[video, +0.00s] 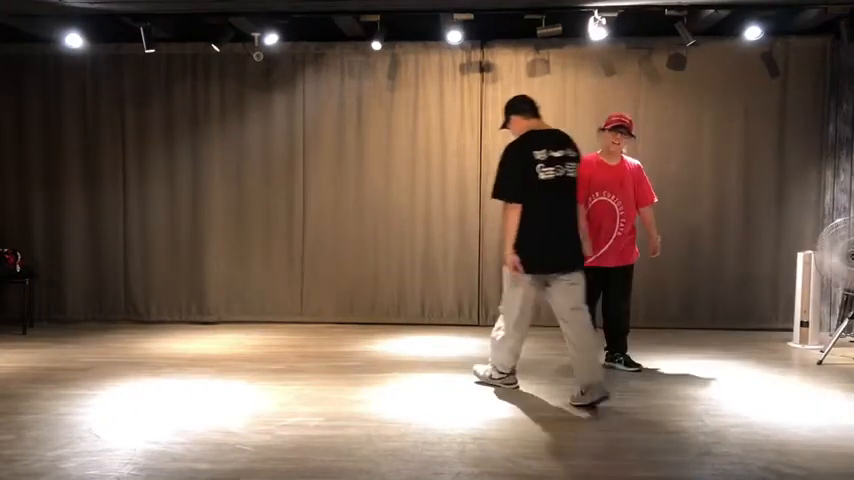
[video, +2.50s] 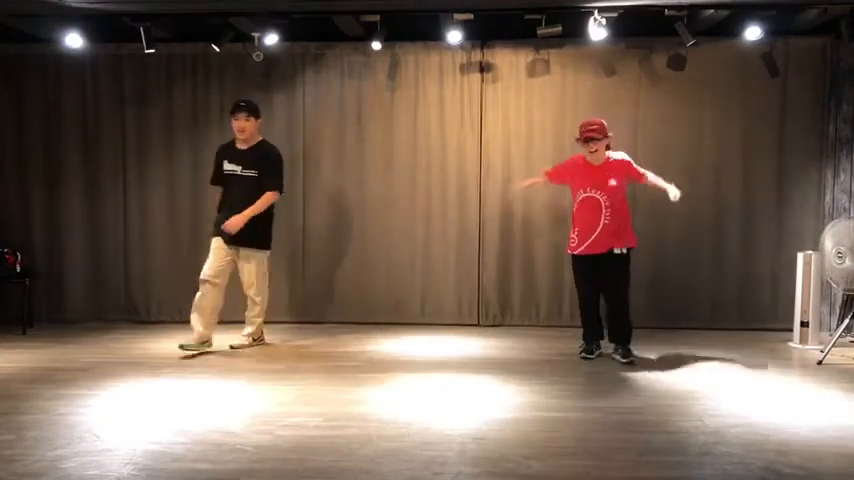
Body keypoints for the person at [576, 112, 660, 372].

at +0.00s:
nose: (617, 137)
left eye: (623, 134)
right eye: (613, 132)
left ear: (628, 139)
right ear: (603, 134)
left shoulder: (633, 168)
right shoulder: (586, 165)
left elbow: (644, 205)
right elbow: (580, 206)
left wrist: (653, 236)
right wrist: (584, 240)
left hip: (623, 250)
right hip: (592, 250)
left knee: (618, 306)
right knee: (586, 304)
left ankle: (617, 352)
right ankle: (584, 353)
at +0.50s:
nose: (590, 150)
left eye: (594, 145)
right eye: (585, 145)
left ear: (601, 143)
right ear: (577, 144)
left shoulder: (614, 167)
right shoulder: (567, 171)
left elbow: (624, 197)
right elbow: (557, 205)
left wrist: (627, 221)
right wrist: (549, 233)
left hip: (611, 248)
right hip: (578, 250)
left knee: (614, 301)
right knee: (582, 301)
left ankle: (618, 345)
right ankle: (585, 342)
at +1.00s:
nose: (604, 150)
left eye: (609, 145)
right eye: (600, 145)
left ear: (618, 144)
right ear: (594, 145)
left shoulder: (629, 169)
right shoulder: (584, 172)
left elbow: (617, 200)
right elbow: (577, 209)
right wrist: (574, 238)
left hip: (621, 248)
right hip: (590, 248)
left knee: (624, 297)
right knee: (587, 299)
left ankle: (627, 335)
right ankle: (585, 341)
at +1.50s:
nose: (625, 141)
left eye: (631, 137)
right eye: (622, 136)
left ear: (642, 141)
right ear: (617, 139)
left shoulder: (650, 166)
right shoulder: (604, 165)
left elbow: (666, 182)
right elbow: (582, 194)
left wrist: (678, 194)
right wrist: (573, 220)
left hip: (637, 242)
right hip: (605, 241)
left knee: (632, 293)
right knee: (600, 290)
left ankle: (629, 336)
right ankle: (589, 336)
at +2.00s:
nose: (616, 142)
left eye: (621, 137)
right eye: (611, 137)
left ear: (629, 141)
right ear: (603, 140)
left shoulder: (635, 161)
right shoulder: (593, 166)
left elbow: (611, 164)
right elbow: (616, 184)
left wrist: (584, 153)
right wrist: (646, 175)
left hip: (627, 240)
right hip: (597, 241)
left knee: (628, 293)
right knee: (595, 294)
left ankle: (628, 336)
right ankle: (592, 340)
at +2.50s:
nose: (591, 146)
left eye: (596, 141)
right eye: (586, 142)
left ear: (606, 142)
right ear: (581, 144)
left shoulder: (620, 163)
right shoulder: (573, 166)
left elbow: (645, 177)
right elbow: (546, 177)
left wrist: (668, 187)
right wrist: (524, 183)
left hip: (616, 246)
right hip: (584, 248)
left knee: (618, 298)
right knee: (588, 299)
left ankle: (621, 344)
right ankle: (591, 342)